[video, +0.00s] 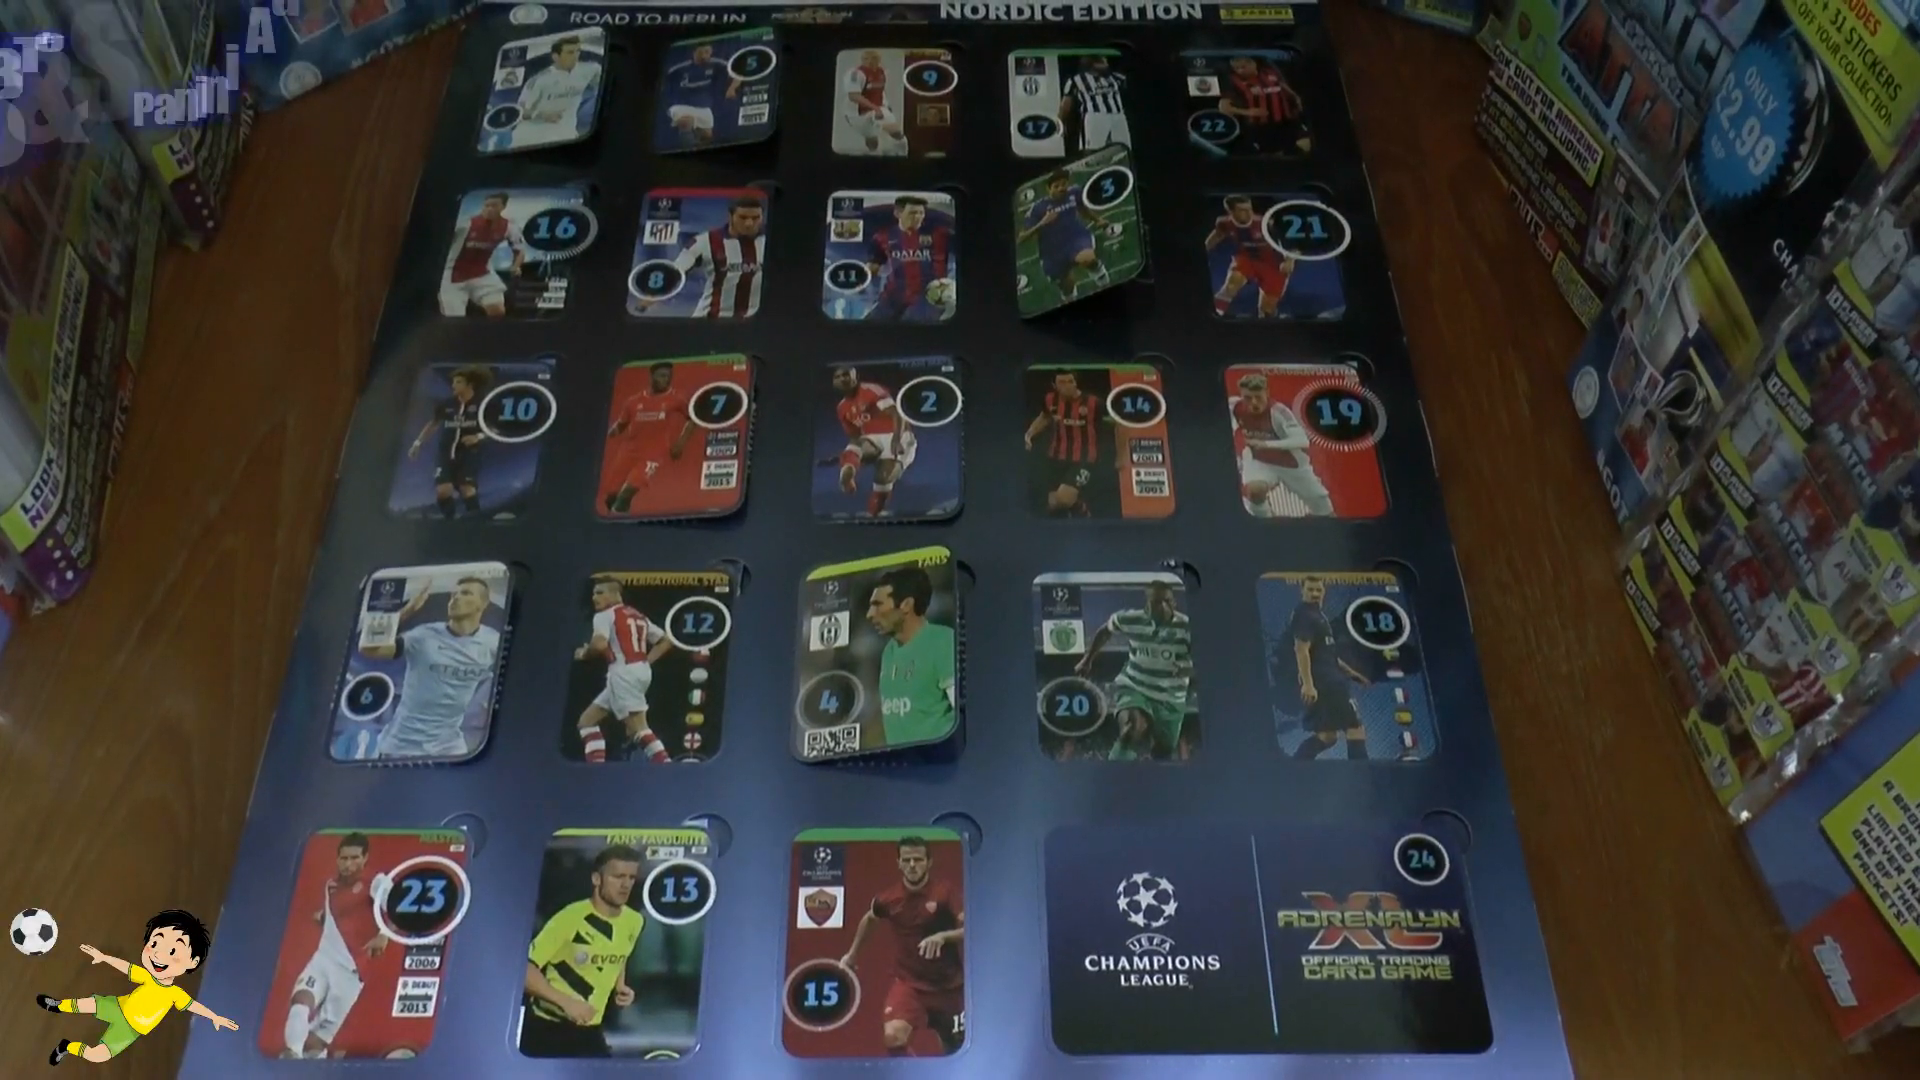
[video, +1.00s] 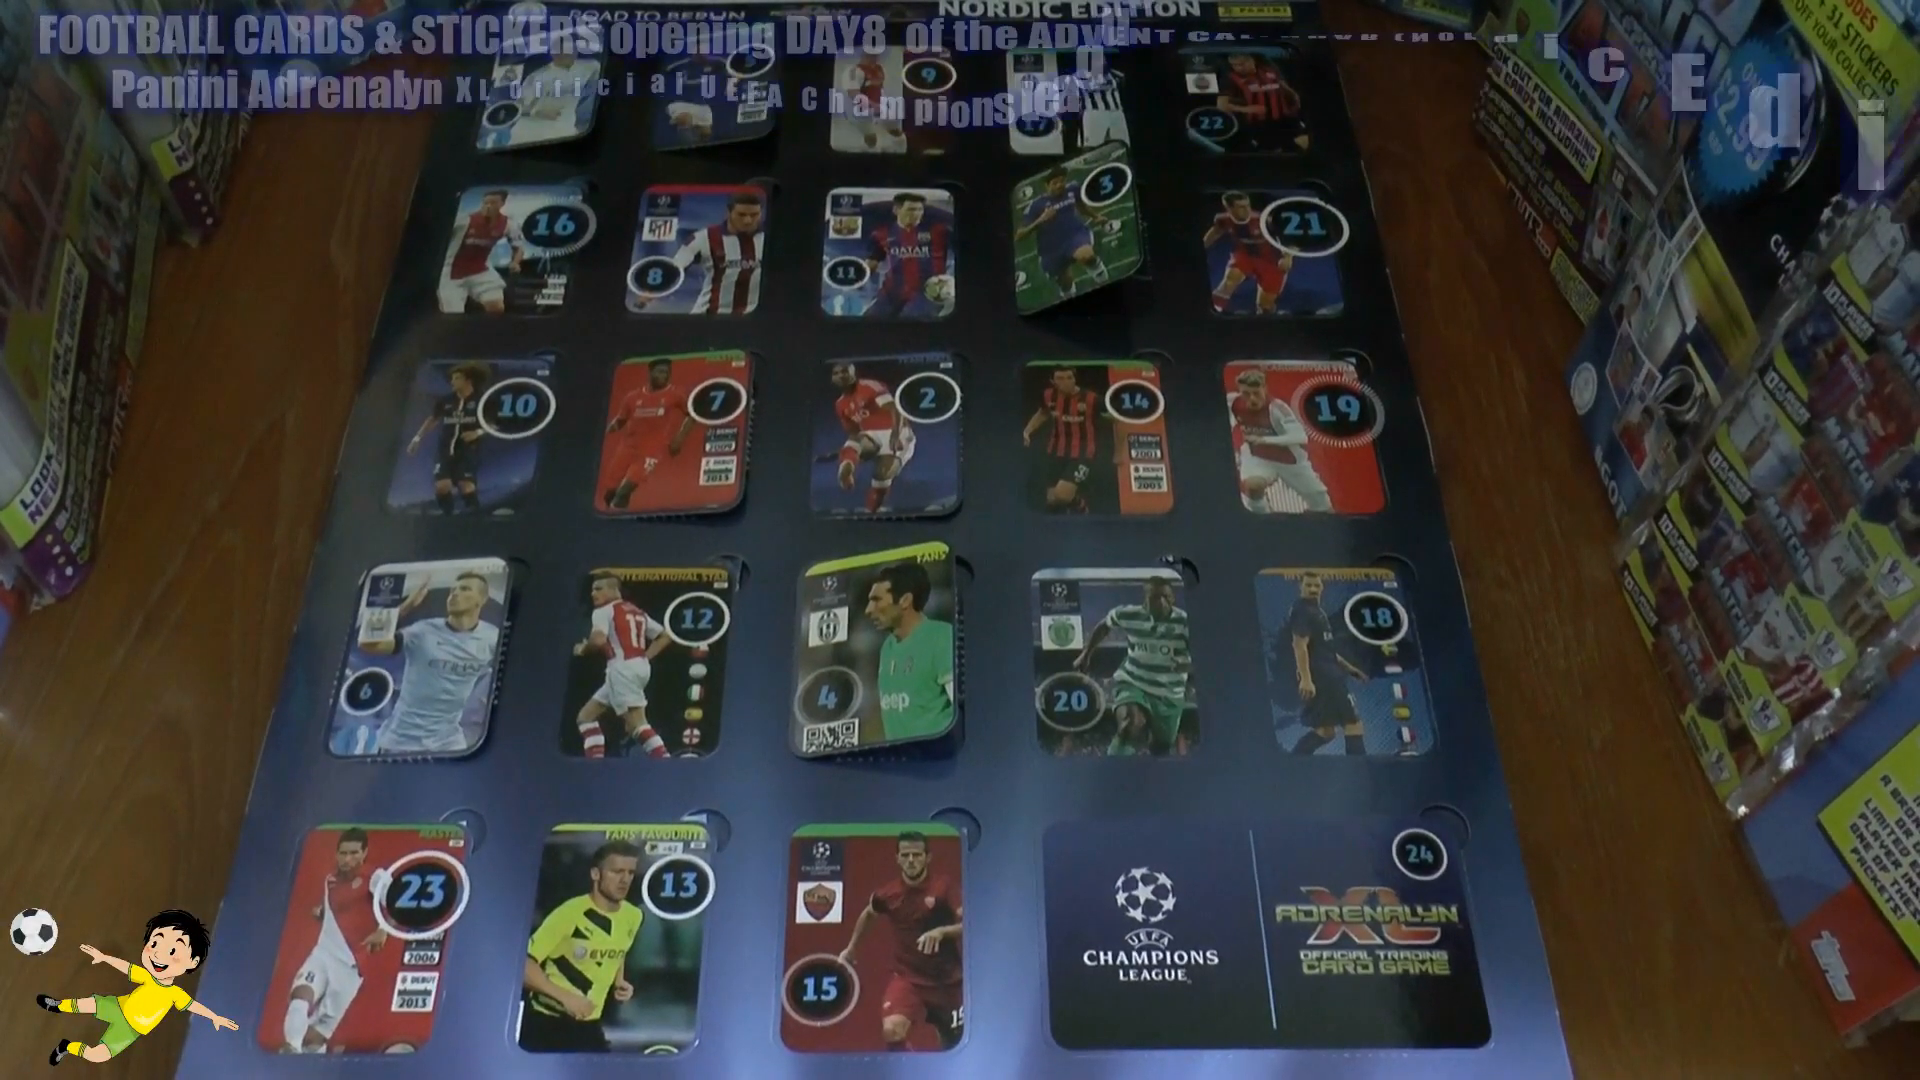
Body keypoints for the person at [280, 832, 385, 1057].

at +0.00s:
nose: (348, 864)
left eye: (354, 858)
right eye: (344, 858)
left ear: (365, 859)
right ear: (337, 859)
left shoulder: (375, 884)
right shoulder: (331, 885)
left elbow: (397, 908)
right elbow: (334, 908)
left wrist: (383, 936)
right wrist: (322, 915)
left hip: (350, 976)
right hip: (322, 961)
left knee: (313, 1045)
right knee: (301, 1001)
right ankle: (293, 1053)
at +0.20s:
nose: (346, 861)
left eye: (352, 855)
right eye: (342, 855)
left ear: (363, 856)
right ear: (335, 857)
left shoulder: (374, 881)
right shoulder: (330, 882)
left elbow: (395, 905)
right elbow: (332, 907)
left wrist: (381, 933)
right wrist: (320, 913)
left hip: (349, 973)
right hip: (321, 958)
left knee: (313, 1041)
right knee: (300, 998)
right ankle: (291, 1050)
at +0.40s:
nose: (346, 861)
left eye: (352, 855)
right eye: (342, 855)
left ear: (363, 856)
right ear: (335, 856)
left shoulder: (374, 881)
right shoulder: (330, 882)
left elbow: (395, 905)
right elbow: (332, 908)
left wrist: (381, 933)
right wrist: (320, 913)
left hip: (348, 973)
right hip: (320, 958)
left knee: (312, 1041)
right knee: (300, 997)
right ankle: (291, 1049)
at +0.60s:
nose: (347, 859)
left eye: (353, 853)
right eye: (342, 853)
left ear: (364, 853)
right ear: (336, 853)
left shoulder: (375, 878)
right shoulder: (330, 879)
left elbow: (396, 903)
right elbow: (330, 902)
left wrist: (382, 931)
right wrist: (320, 911)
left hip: (349, 970)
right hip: (321, 956)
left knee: (312, 1039)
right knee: (301, 995)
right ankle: (292, 1048)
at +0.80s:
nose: (347, 859)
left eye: (353, 853)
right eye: (343, 853)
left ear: (364, 853)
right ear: (336, 853)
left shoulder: (375, 878)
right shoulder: (331, 879)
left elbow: (396, 903)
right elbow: (333, 904)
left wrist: (382, 930)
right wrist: (321, 911)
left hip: (349, 970)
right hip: (322, 955)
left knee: (313, 1039)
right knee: (301, 995)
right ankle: (292, 1047)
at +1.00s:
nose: (347, 859)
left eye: (354, 853)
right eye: (343, 853)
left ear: (364, 854)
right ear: (336, 854)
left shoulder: (374, 879)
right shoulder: (330, 880)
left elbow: (396, 903)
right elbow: (332, 905)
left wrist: (382, 931)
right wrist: (320, 911)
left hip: (349, 971)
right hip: (322, 956)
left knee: (313, 1039)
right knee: (301, 995)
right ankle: (292, 1048)